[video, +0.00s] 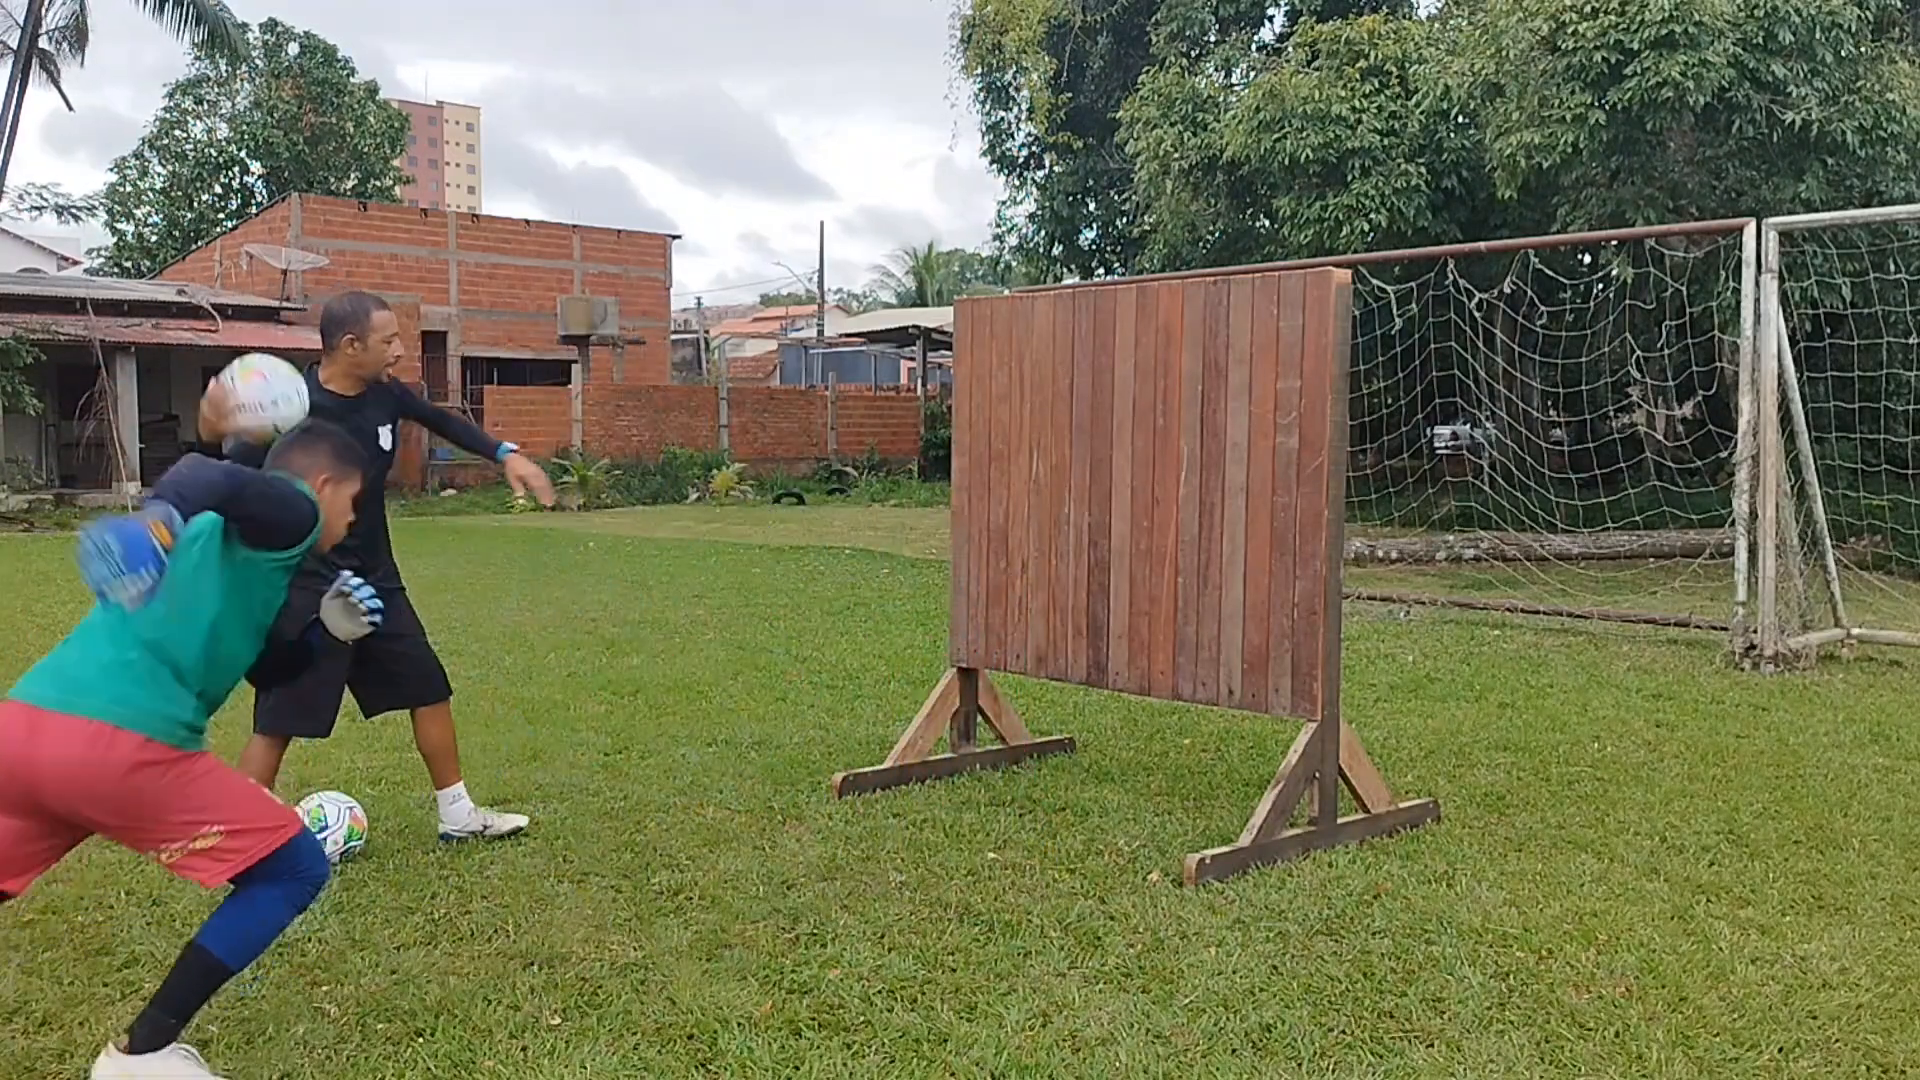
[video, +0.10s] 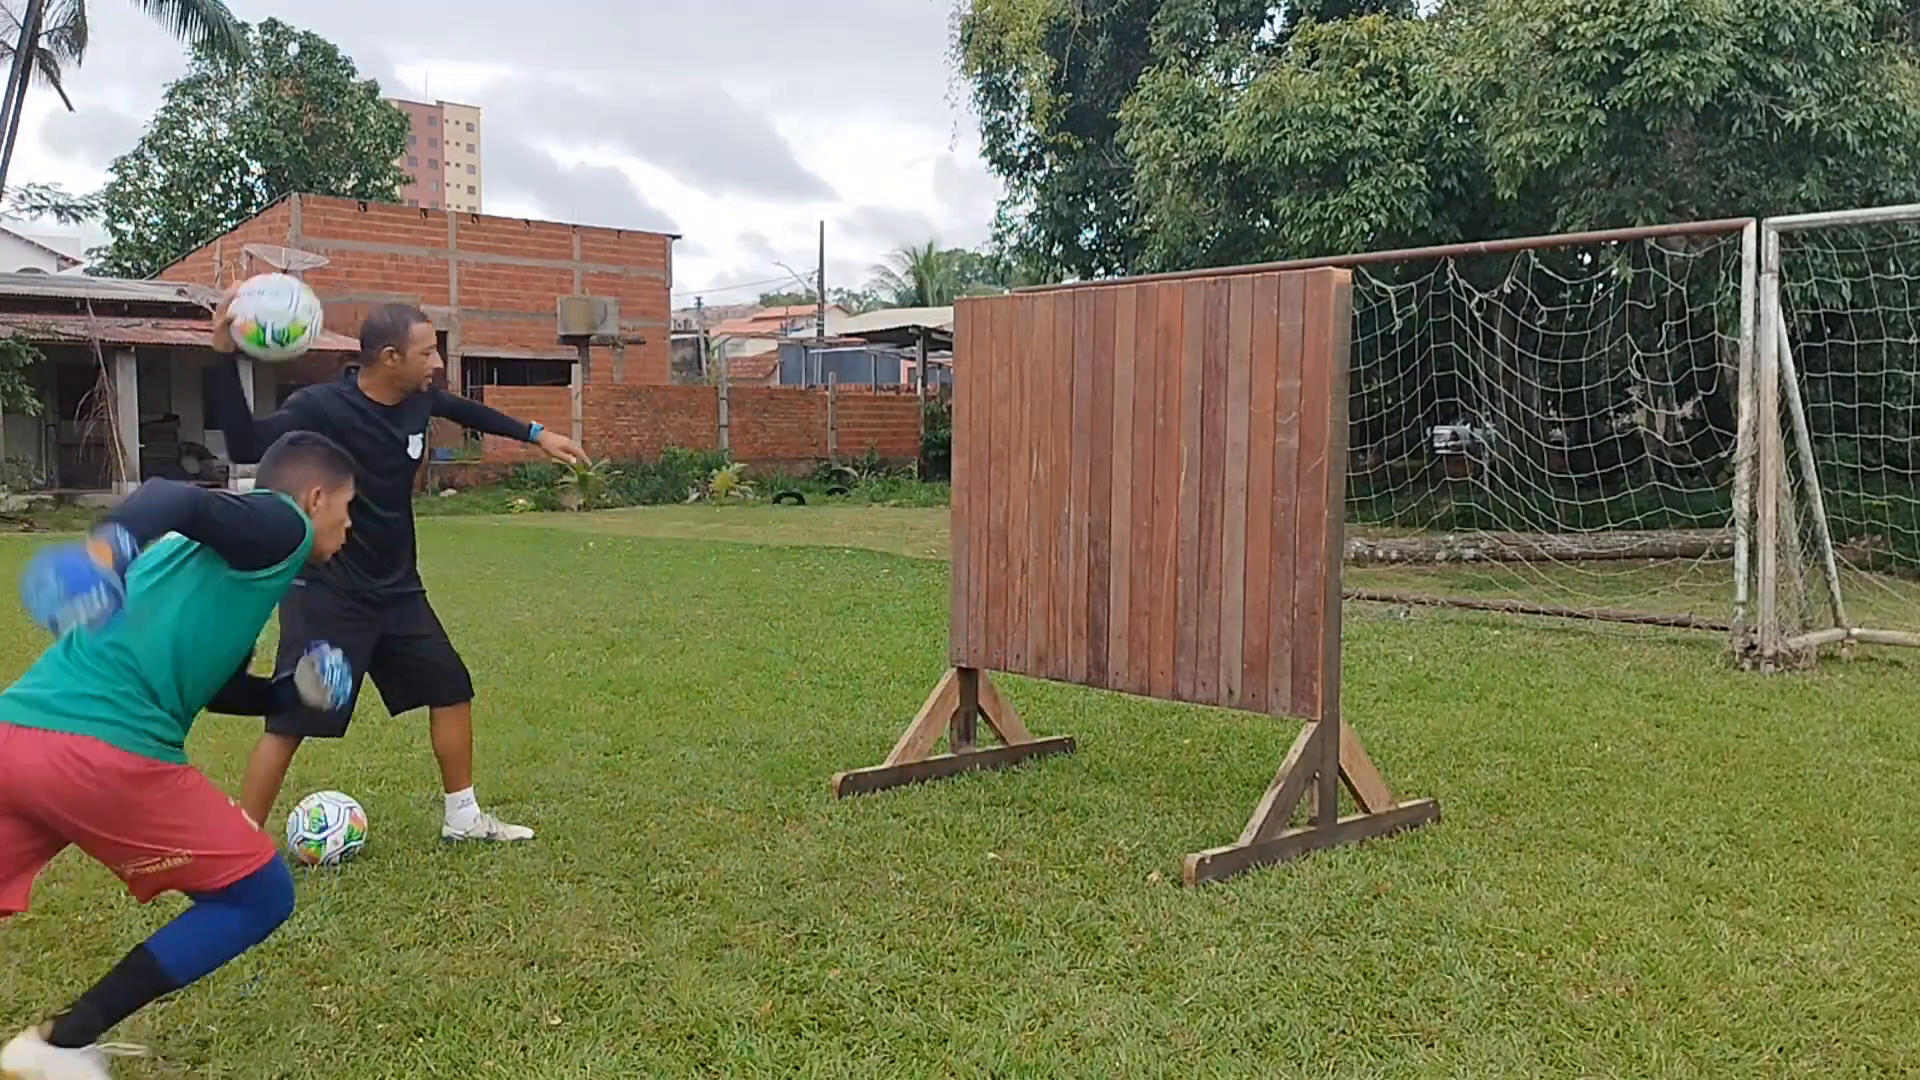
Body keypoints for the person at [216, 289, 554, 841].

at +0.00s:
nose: (397, 350)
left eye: (397, 339)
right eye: (387, 341)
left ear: (360, 344)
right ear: (348, 346)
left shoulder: (387, 395)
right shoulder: (283, 403)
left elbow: (442, 422)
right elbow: (236, 487)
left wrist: (507, 454)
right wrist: (216, 432)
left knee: (427, 684)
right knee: (278, 714)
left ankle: (457, 814)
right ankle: (237, 837)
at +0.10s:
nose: (435, 361)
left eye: (435, 350)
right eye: (426, 352)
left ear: (395, 357)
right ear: (388, 357)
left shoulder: (419, 400)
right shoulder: (321, 405)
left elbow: (471, 413)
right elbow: (244, 441)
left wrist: (539, 434)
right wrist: (224, 355)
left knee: (450, 686)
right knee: (294, 714)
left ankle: (463, 818)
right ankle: (241, 844)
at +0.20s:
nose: (480, 376)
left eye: (480, 365)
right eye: (473, 366)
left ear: (440, 370)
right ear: (438, 370)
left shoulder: (445, 413)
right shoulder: (372, 418)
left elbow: (472, 422)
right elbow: (319, 480)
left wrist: (514, 432)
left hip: (418, 597)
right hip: (356, 597)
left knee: (471, 686)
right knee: (306, 720)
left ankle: (467, 817)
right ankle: (251, 853)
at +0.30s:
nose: (522, 385)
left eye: (523, 375)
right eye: (515, 375)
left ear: (494, 376)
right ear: (481, 374)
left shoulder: (479, 418)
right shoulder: (435, 417)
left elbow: (448, 464)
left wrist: (482, 471)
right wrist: (473, 468)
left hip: (422, 589)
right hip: (371, 591)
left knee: (472, 685)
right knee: (332, 717)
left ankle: (467, 815)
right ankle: (259, 836)